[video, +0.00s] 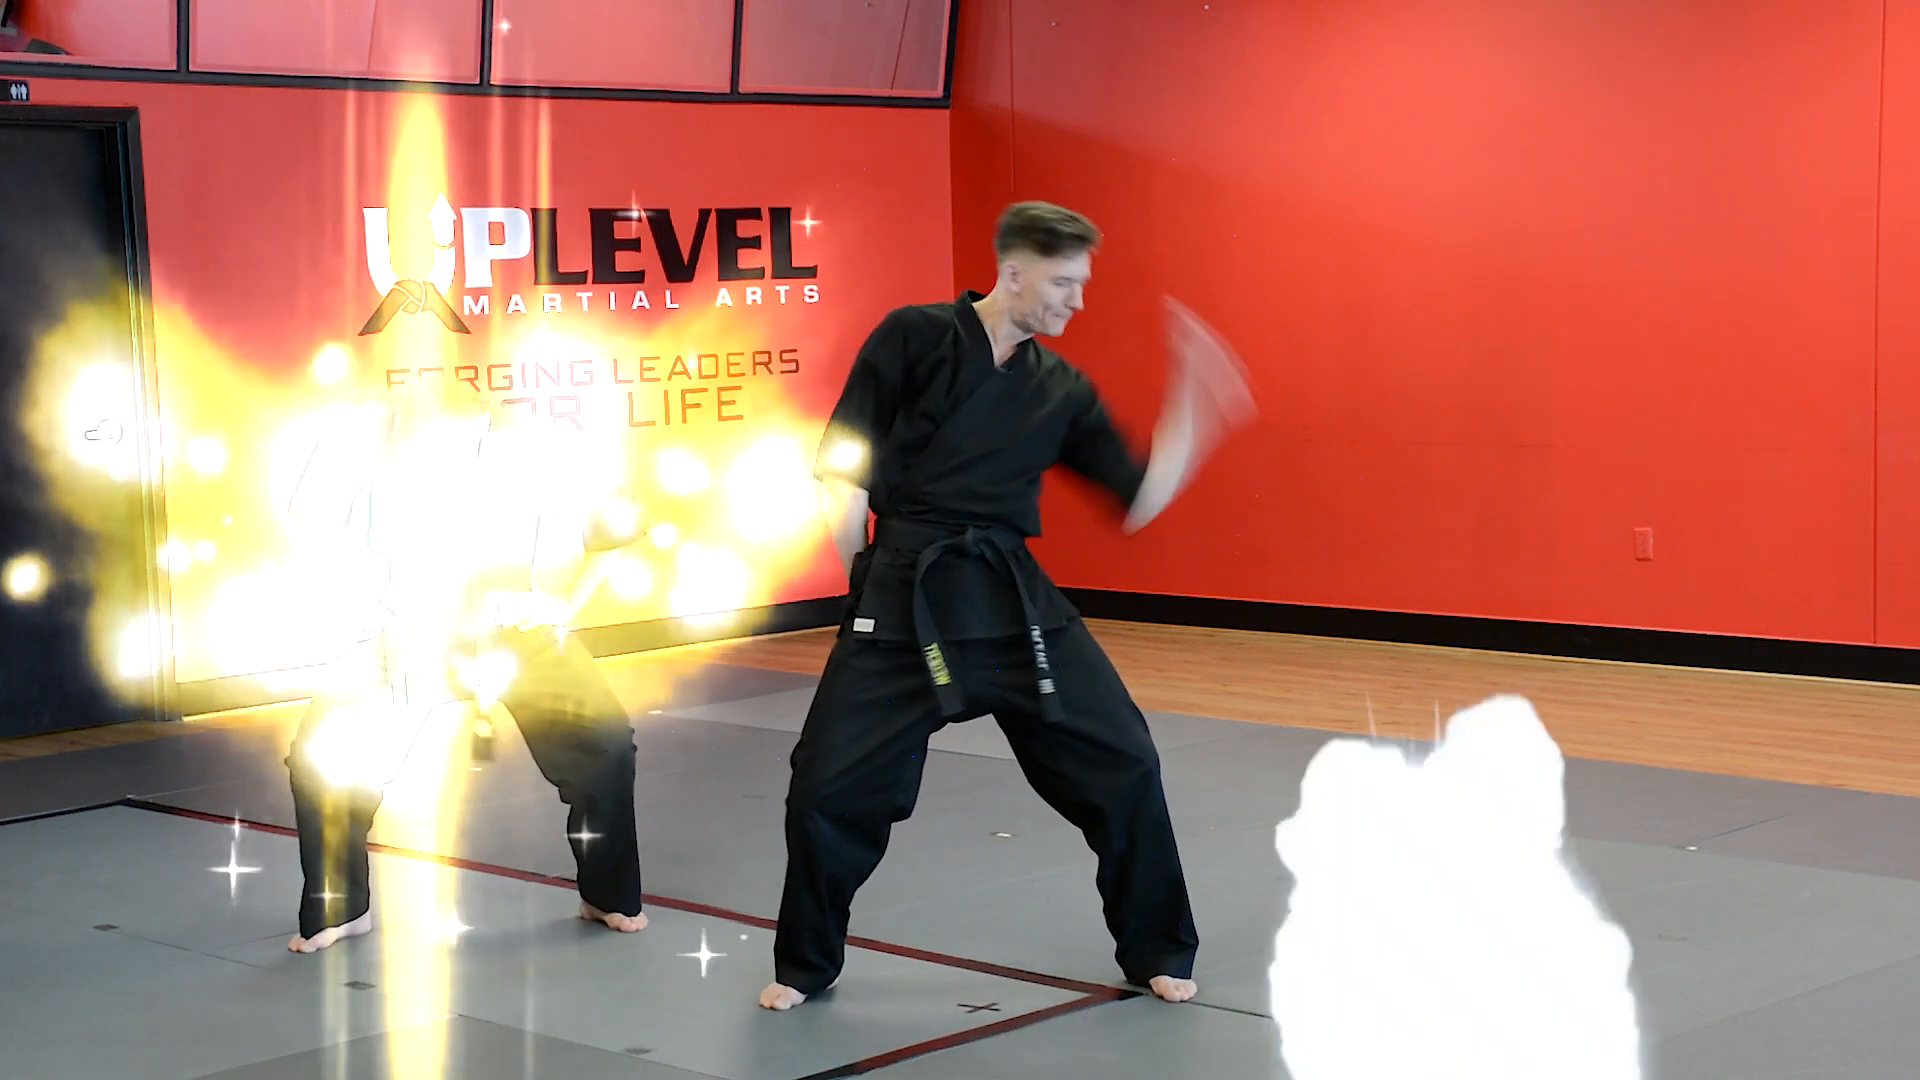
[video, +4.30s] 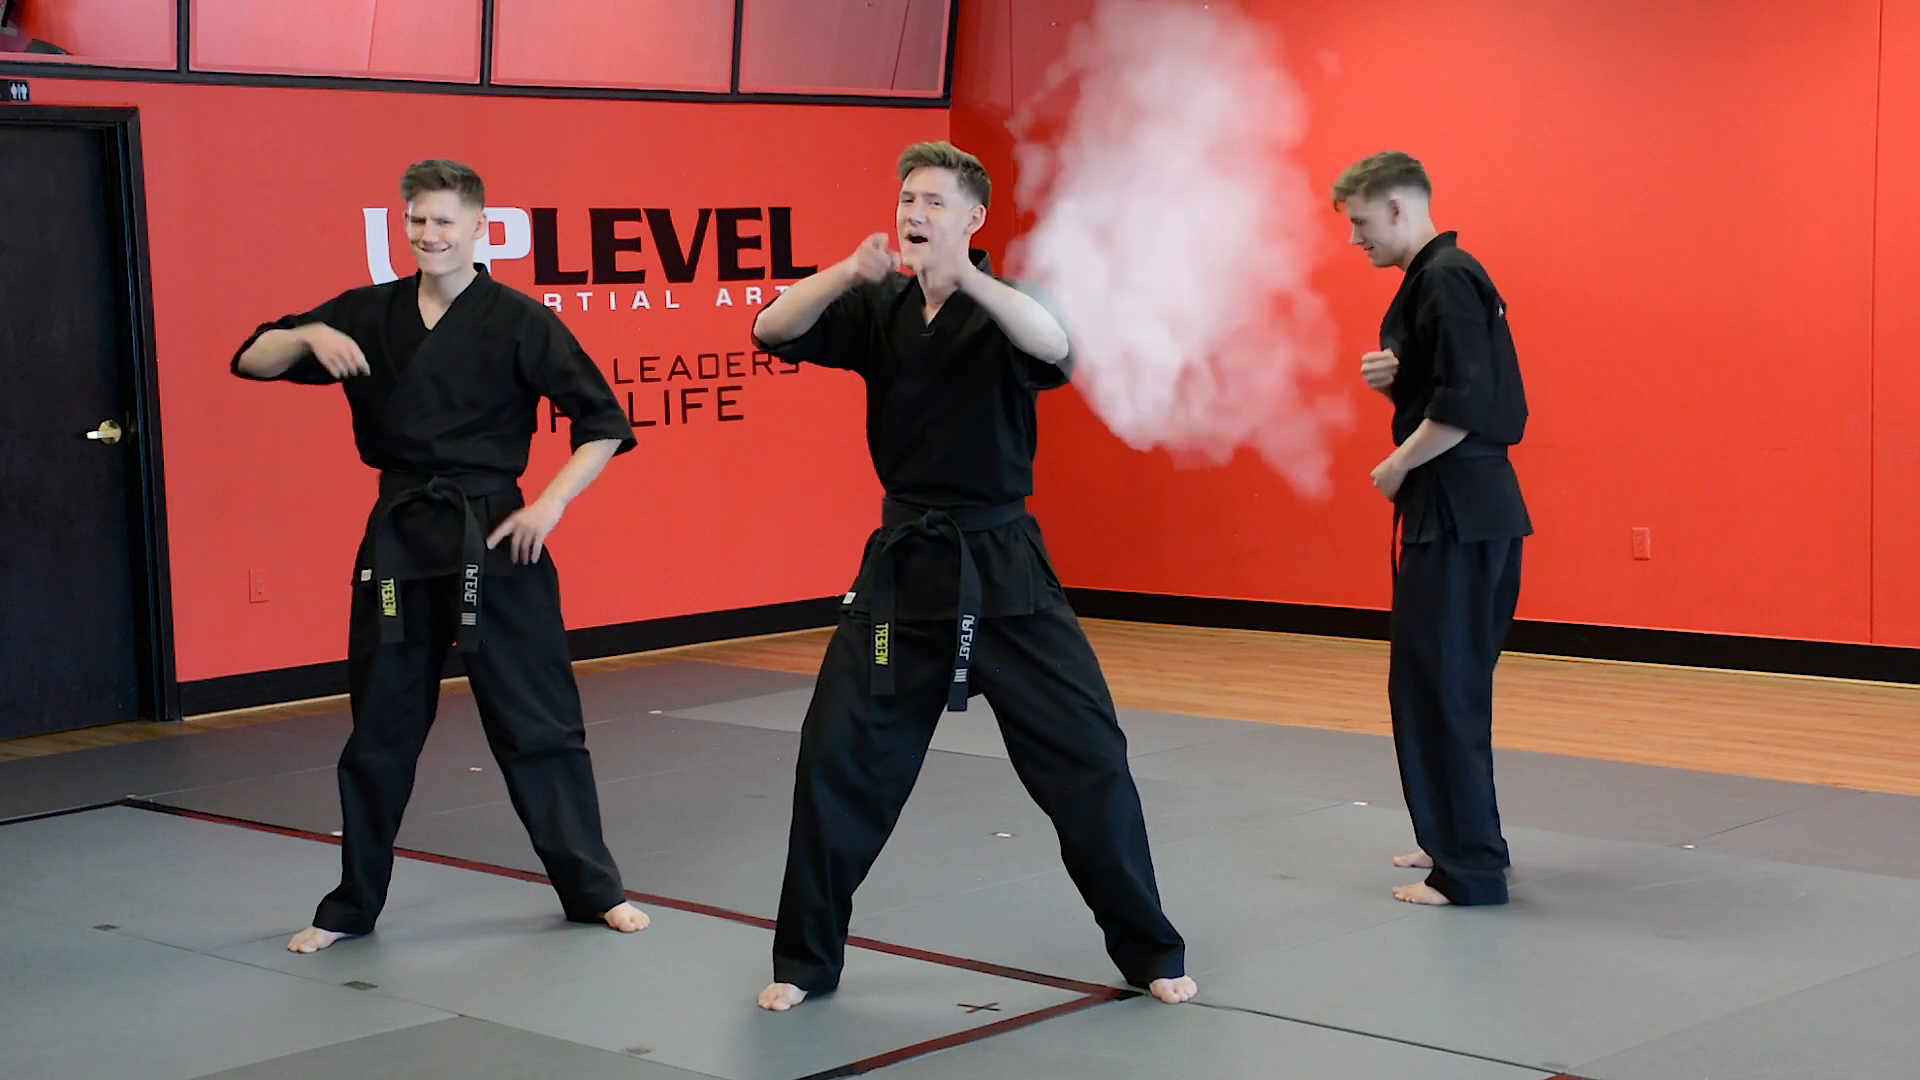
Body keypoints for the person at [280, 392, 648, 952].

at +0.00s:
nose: (412, 380)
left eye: (426, 362)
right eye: (394, 366)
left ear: (458, 356)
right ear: (369, 364)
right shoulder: (357, 445)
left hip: (514, 628)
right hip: (401, 636)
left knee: (604, 739)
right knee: (317, 756)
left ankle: (606, 890)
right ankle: (337, 903)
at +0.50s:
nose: (422, 264)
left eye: (441, 246)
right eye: (412, 246)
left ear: (478, 248)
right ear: (398, 250)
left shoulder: (523, 337)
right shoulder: (367, 333)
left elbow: (602, 447)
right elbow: (326, 458)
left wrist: (554, 533)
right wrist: (349, 563)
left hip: (509, 564)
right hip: (400, 568)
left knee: (565, 719)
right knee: (345, 720)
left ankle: (608, 886)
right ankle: (347, 894)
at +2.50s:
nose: (381, 226)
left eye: (386, 212)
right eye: (360, 220)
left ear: (403, 223)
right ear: (330, 245)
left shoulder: (472, 308)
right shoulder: (327, 344)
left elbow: (561, 407)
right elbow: (285, 450)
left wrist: (537, 514)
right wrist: (311, 531)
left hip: (476, 539)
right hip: (378, 546)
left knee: (529, 725)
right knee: (363, 740)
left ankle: (591, 892)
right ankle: (351, 906)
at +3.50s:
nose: (366, 238)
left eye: (380, 223)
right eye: (352, 226)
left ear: (413, 229)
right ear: (338, 239)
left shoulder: (479, 310)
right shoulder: (336, 344)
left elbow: (567, 409)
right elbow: (283, 438)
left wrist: (541, 511)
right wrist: (269, 461)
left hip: (478, 539)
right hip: (379, 544)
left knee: (530, 724)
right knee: (366, 737)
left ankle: (592, 891)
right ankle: (352, 905)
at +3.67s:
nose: (370, 244)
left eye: (384, 230)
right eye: (361, 231)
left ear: (427, 231)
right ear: (354, 235)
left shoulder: (489, 313)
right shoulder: (339, 338)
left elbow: (577, 414)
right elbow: (257, 430)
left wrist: (543, 515)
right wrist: (231, 357)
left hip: (482, 537)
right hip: (382, 542)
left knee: (532, 724)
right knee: (368, 737)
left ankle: (592, 892)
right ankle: (351, 908)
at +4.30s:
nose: (427, 234)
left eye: (443, 222)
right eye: (417, 221)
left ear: (479, 228)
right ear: (405, 226)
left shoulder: (520, 320)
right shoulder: (367, 314)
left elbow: (607, 425)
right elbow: (250, 360)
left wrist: (549, 505)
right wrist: (308, 335)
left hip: (499, 538)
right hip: (399, 540)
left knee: (541, 725)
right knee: (379, 735)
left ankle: (593, 891)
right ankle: (353, 905)